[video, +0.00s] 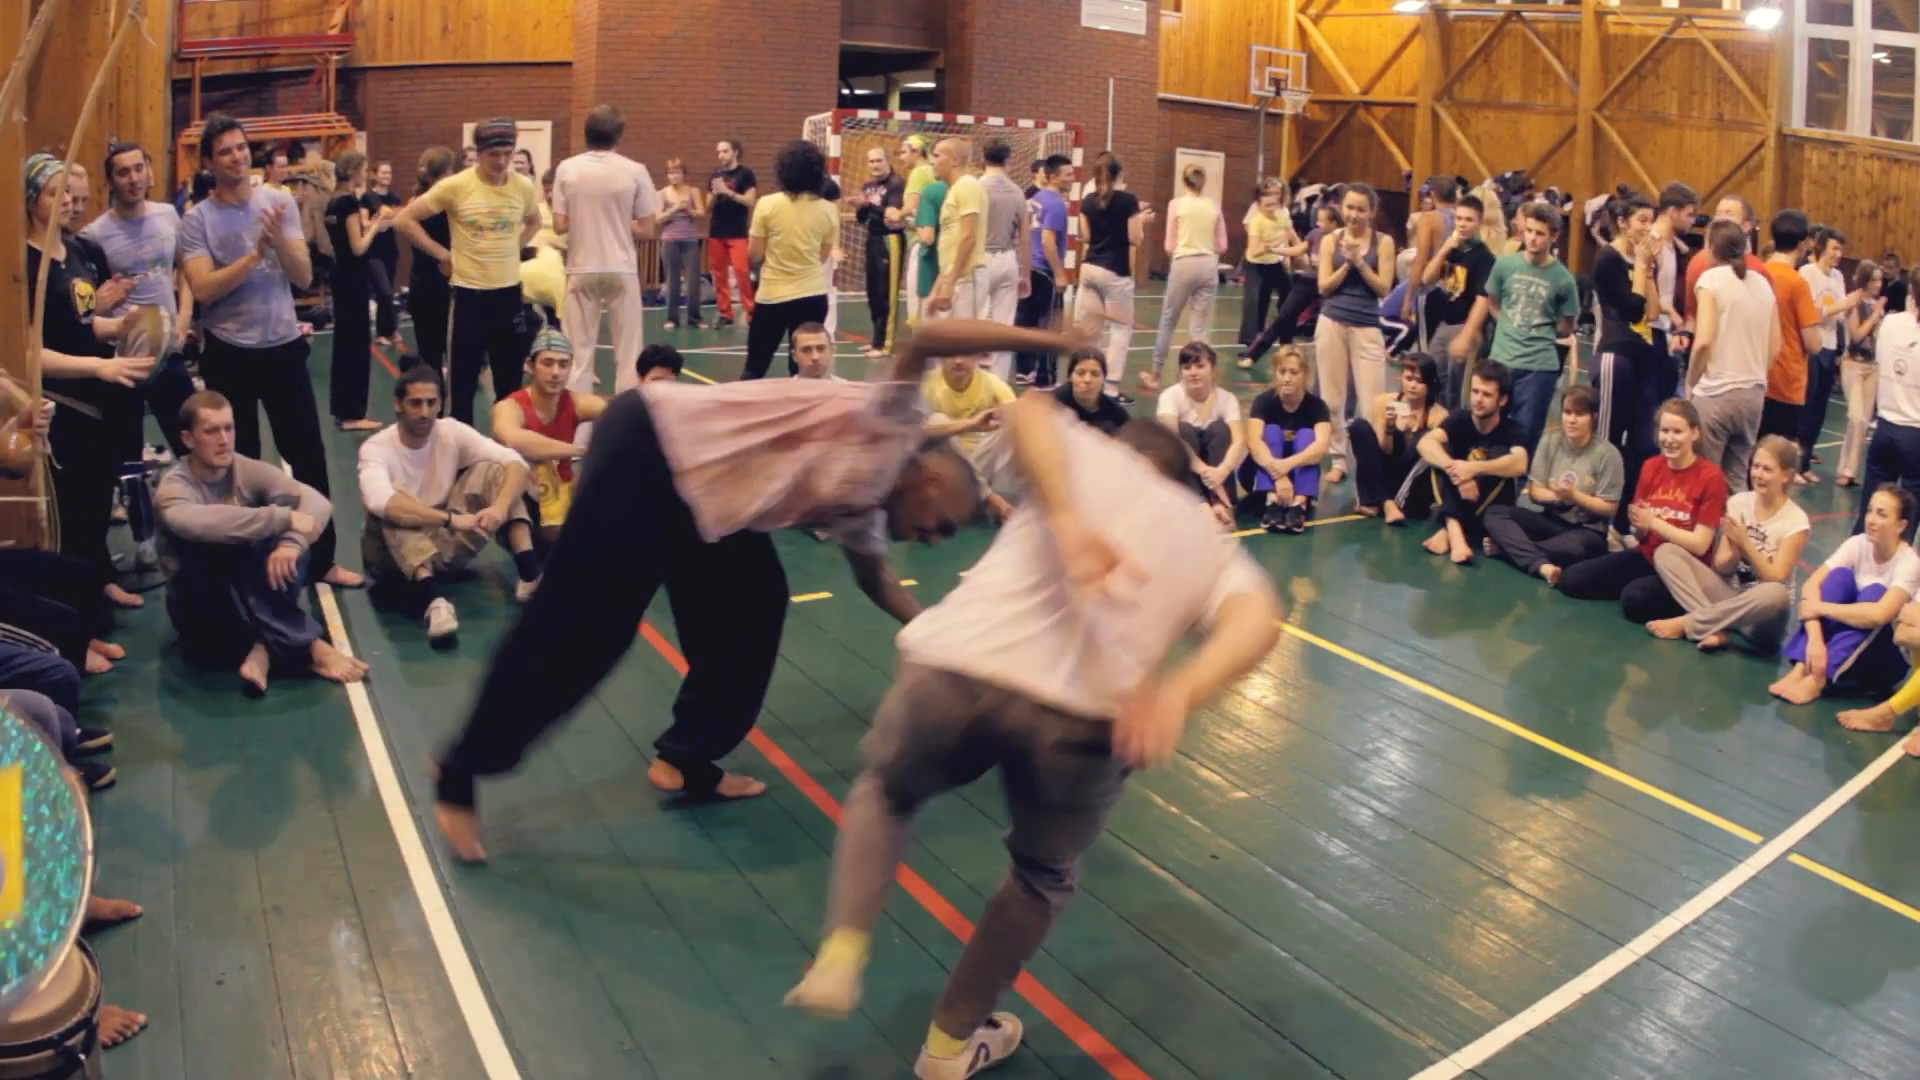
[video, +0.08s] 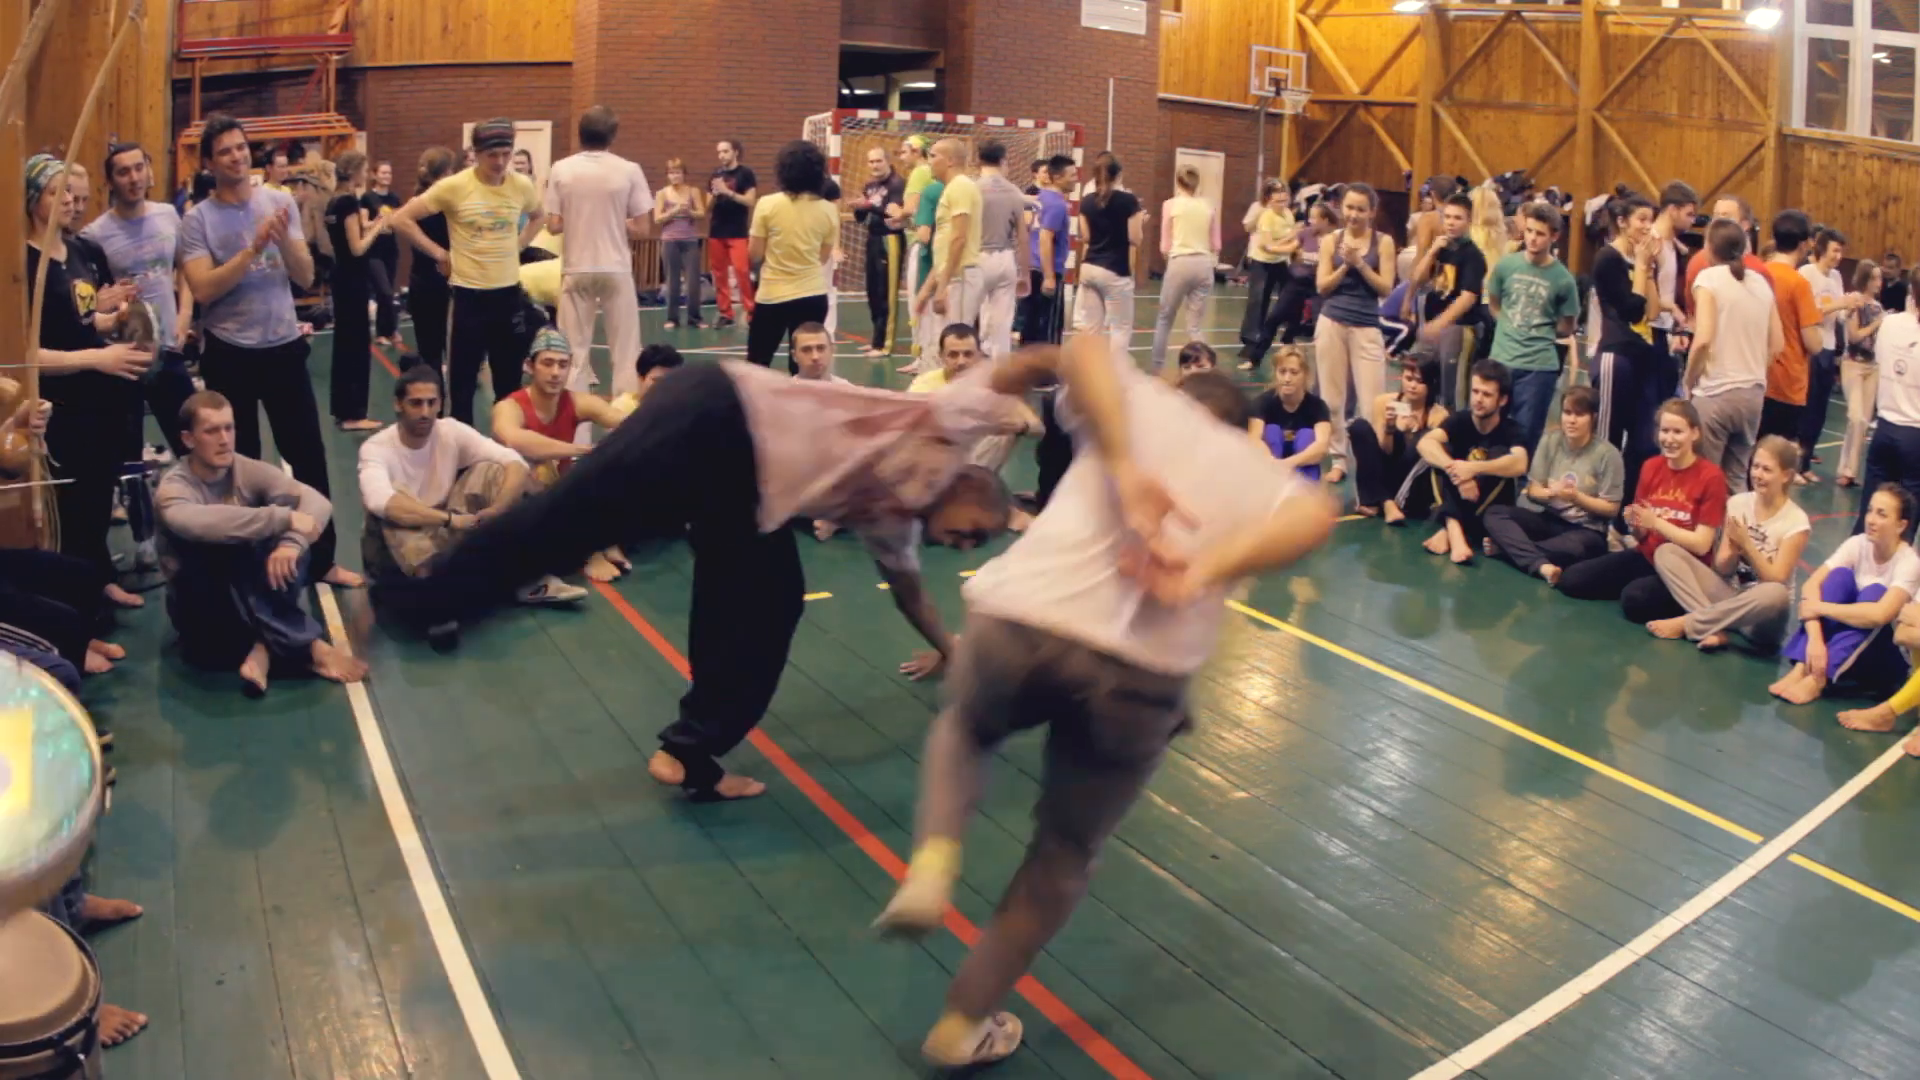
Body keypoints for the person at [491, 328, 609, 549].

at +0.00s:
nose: (555, 372)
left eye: (563, 364)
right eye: (547, 363)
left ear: (570, 368)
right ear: (530, 366)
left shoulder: (576, 402)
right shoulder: (510, 407)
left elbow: (620, 412)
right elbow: (512, 439)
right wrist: (580, 451)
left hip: (567, 495)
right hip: (524, 495)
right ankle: (530, 573)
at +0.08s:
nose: (555, 373)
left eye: (563, 365)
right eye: (547, 364)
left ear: (570, 368)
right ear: (530, 366)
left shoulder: (579, 403)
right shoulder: (510, 407)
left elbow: (627, 422)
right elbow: (512, 440)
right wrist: (579, 450)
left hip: (566, 495)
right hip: (521, 500)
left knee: (602, 465)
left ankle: (608, 541)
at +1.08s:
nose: (560, 374)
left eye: (564, 365)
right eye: (550, 366)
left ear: (570, 366)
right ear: (529, 370)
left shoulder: (578, 402)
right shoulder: (510, 408)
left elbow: (642, 425)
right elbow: (514, 440)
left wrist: (626, 448)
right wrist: (583, 452)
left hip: (573, 505)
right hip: (528, 511)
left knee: (621, 445)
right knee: (541, 466)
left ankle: (609, 538)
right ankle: (586, 546)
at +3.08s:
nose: (560, 375)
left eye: (564, 367)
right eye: (551, 368)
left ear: (569, 367)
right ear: (529, 370)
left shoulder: (580, 403)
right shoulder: (509, 408)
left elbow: (645, 426)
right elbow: (515, 441)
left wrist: (625, 446)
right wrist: (588, 448)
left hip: (571, 506)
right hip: (527, 513)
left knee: (623, 437)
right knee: (542, 465)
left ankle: (609, 539)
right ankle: (587, 546)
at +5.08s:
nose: (562, 381)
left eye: (567, 372)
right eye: (553, 372)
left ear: (572, 372)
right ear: (532, 372)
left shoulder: (581, 403)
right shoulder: (510, 407)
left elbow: (646, 428)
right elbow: (514, 439)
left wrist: (622, 449)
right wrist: (586, 448)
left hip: (572, 506)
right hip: (528, 511)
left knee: (623, 432)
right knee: (542, 465)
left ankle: (609, 536)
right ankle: (587, 545)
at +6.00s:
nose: (562, 380)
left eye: (567, 371)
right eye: (554, 372)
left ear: (573, 371)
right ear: (533, 373)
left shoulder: (578, 402)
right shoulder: (510, 405)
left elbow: (645, 428)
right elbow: (512, 438)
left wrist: (625, 450)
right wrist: (585, 449)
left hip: (572, 504)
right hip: (528, 509)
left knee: (624, 437)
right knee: (540, 465)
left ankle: (609, 537)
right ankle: (586, 545)